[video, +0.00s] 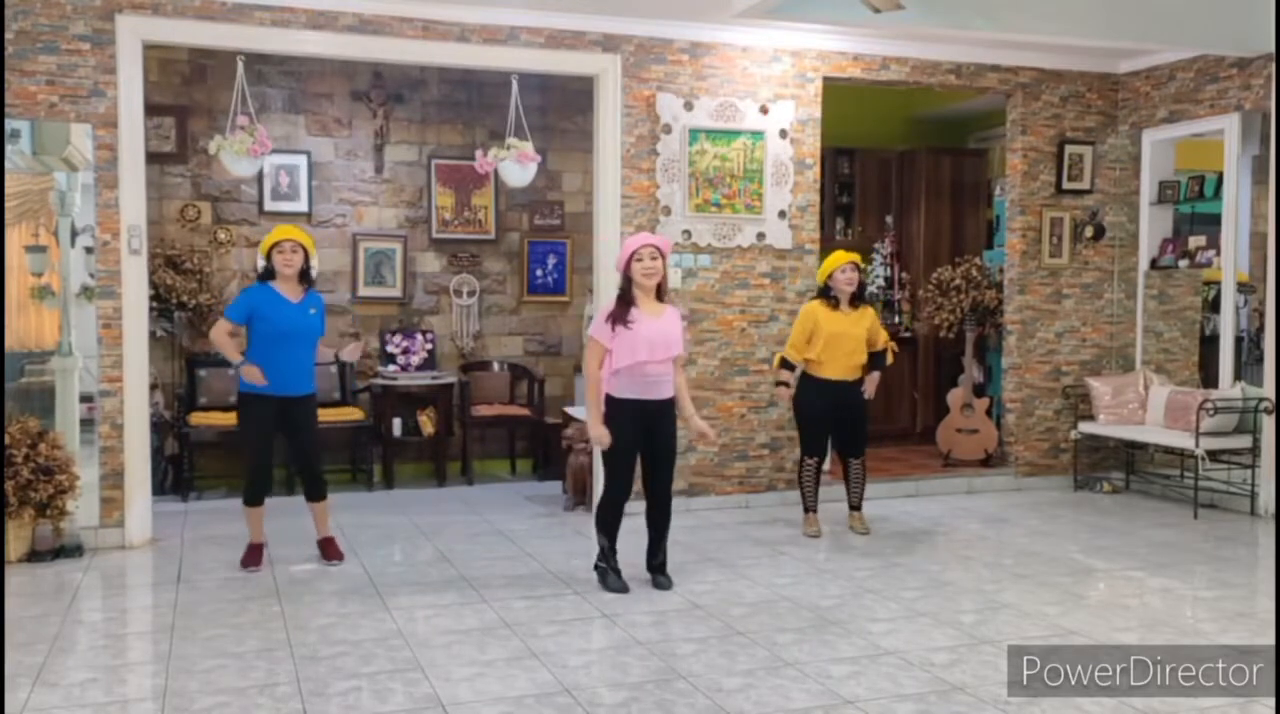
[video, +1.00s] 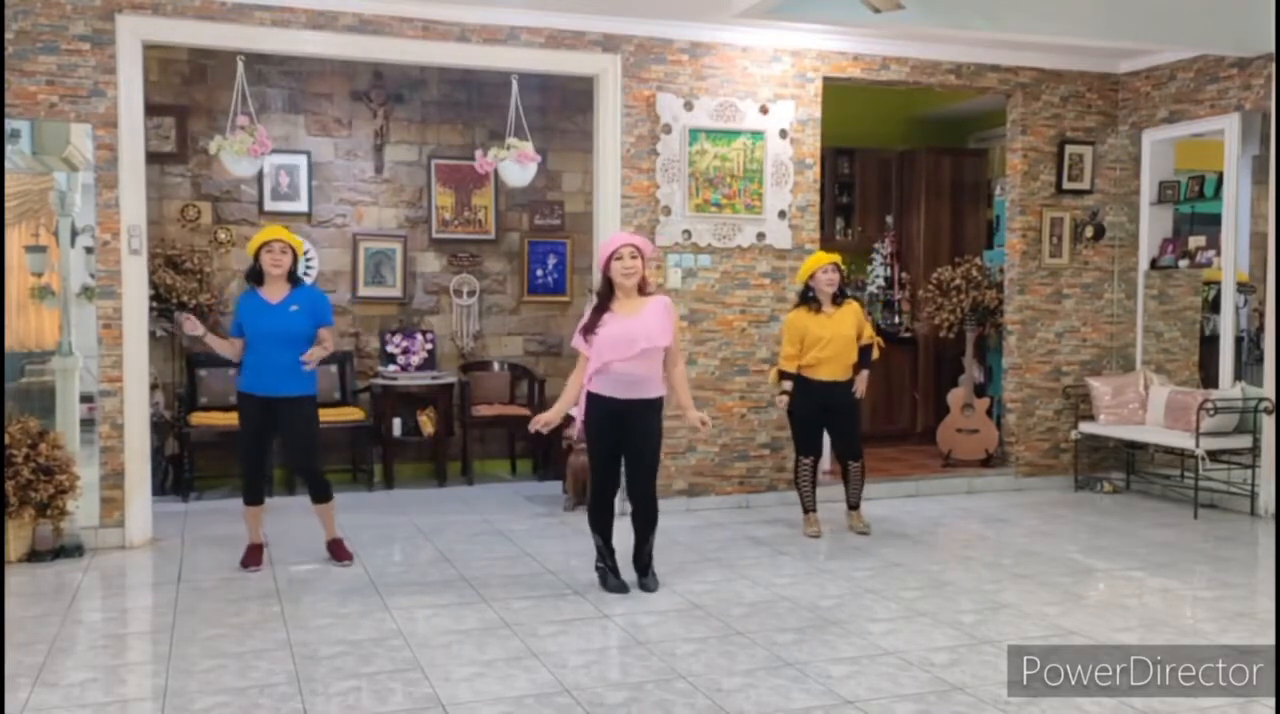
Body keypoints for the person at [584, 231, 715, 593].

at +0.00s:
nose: (648, 265)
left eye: (655, 259)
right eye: (640, 259)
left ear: (664, 268)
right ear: (628, 269)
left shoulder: (673, 316)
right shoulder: (613, 314)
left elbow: (678, 371)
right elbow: (592, 365)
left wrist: (692, 418)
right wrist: (595, 420)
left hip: (662, 409)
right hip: (621, 409)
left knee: (660, 491)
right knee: (617, 489)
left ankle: (658, 564)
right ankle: (606, 561)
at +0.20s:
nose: (644, 265)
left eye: (650, 258)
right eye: (635, 260)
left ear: (660, 267)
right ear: (622, 269)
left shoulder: (665, 318)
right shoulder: (606, 311)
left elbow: (665, 374)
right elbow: (571, 354)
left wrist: (677, 421)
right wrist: (562, 409)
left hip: (649, 410)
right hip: (606, 408)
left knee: (652, 491)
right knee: (606, 488)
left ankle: (652, 561)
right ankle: (604, 562)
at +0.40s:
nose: (636, 265)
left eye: (643, 258)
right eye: (628, 259)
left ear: (654, 268)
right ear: (617, 269)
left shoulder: (661, 318)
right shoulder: (598, 310)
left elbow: (660, 375)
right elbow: (559, 350)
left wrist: (670, 421)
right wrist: (542, 400)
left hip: (641, 410)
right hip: (597, 408)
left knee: (637, 491)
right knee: (600, 487)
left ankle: (632, 560)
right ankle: (602, 562)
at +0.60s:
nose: (631, 272)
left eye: (638, 264)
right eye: (622, 266)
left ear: (649, 271)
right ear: (612, 275)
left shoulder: (662, 322)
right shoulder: (599, 314)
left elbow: (662, 377)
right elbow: (569, 360)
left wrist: (669, 426)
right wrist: (538, 403)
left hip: (634, 413)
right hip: (594, 408)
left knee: (622, 488)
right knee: (596, 487)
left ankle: (623, 559)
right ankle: (601, 561)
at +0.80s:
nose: (628, 273)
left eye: (635, 266)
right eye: (620, 267)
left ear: (646, 273)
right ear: (609, 276)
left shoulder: (661, 318)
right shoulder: (597, 316)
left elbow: (667, 375)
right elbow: (573, 370)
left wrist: (676, 421)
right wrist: (542, 411)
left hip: (635, 413)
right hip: (593, 408)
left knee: (626, 492)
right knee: (595, 489)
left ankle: (629, 560)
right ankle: (602, 563)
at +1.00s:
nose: (628, 264)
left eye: (634, 257)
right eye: (620, 259)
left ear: (645, 264)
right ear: (607, 268)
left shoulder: (662, 307)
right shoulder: (598, 310)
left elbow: (675, 362)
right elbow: (581, 370)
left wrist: (689, 409)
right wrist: (557, 412)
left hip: (646, 407)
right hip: (602, 407)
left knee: (643, 491)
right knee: (603, 488)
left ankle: (644, 563)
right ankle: (605, 563)